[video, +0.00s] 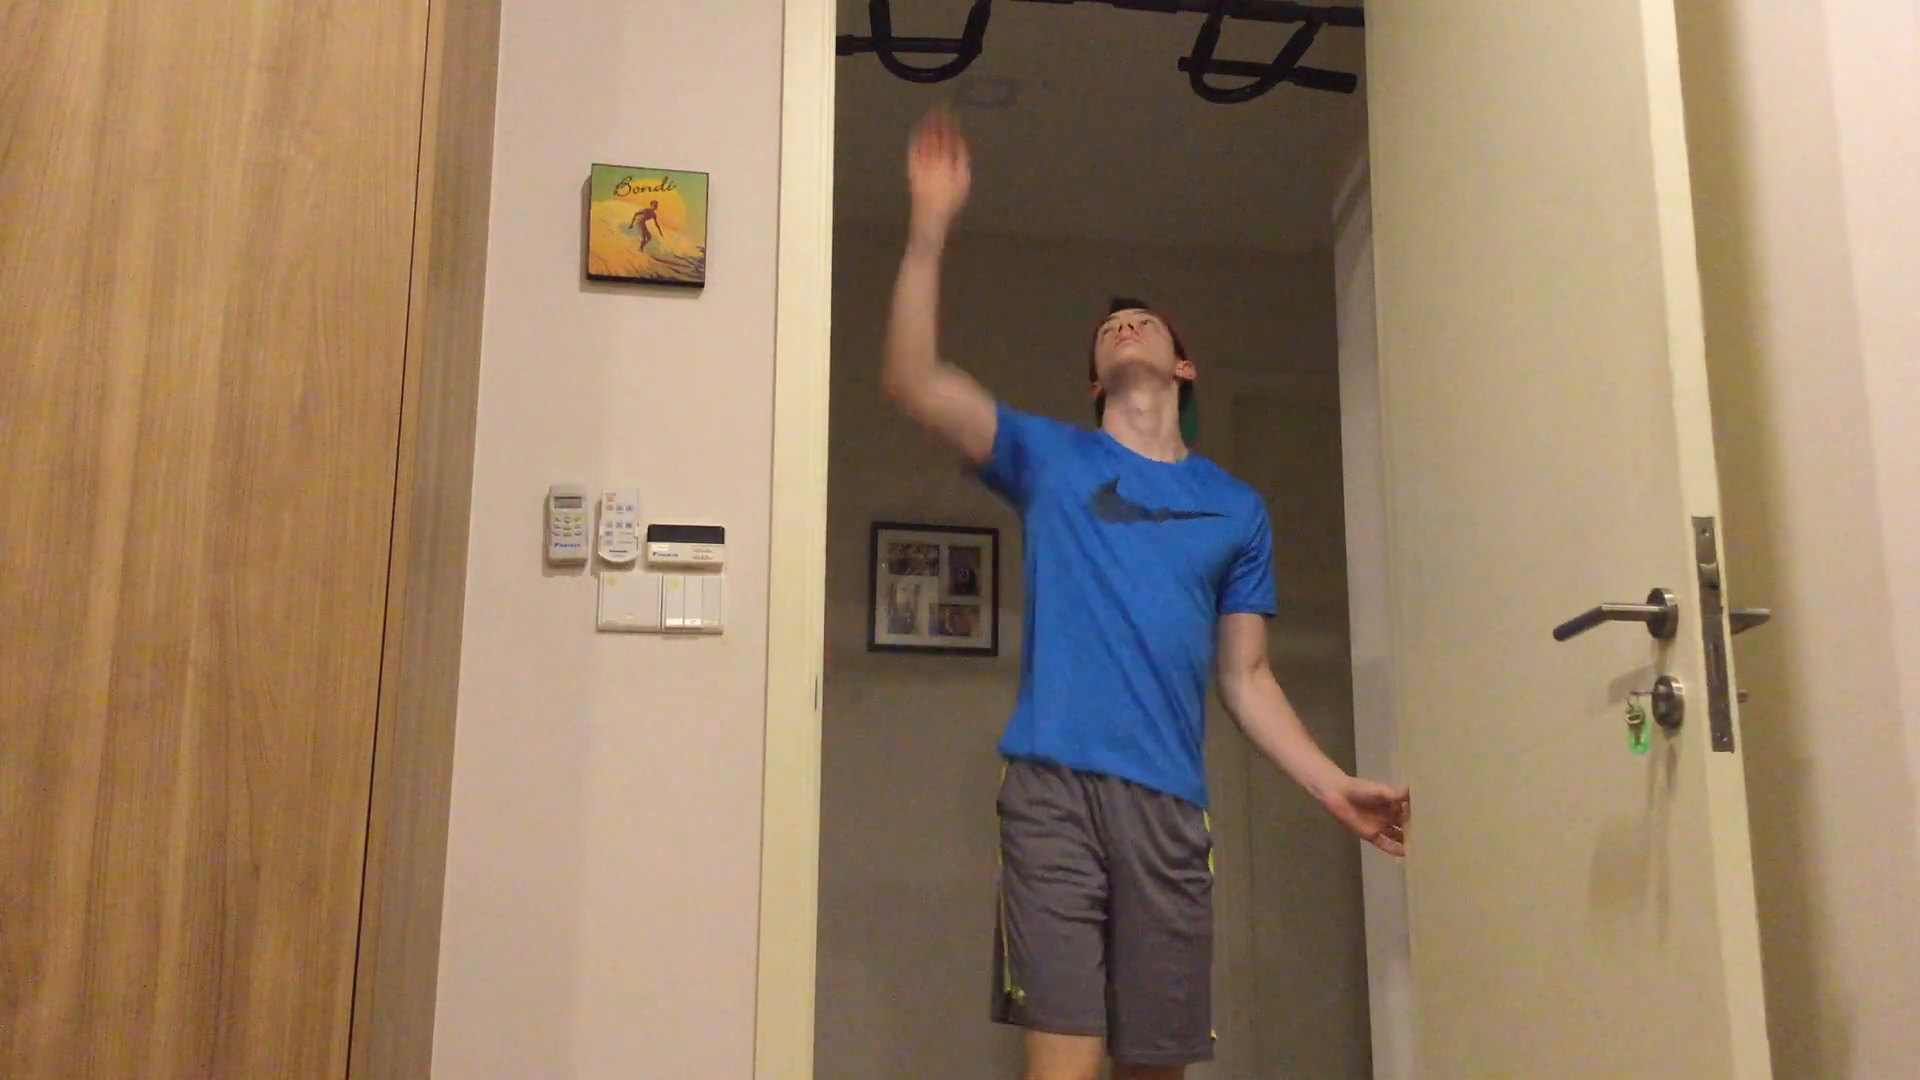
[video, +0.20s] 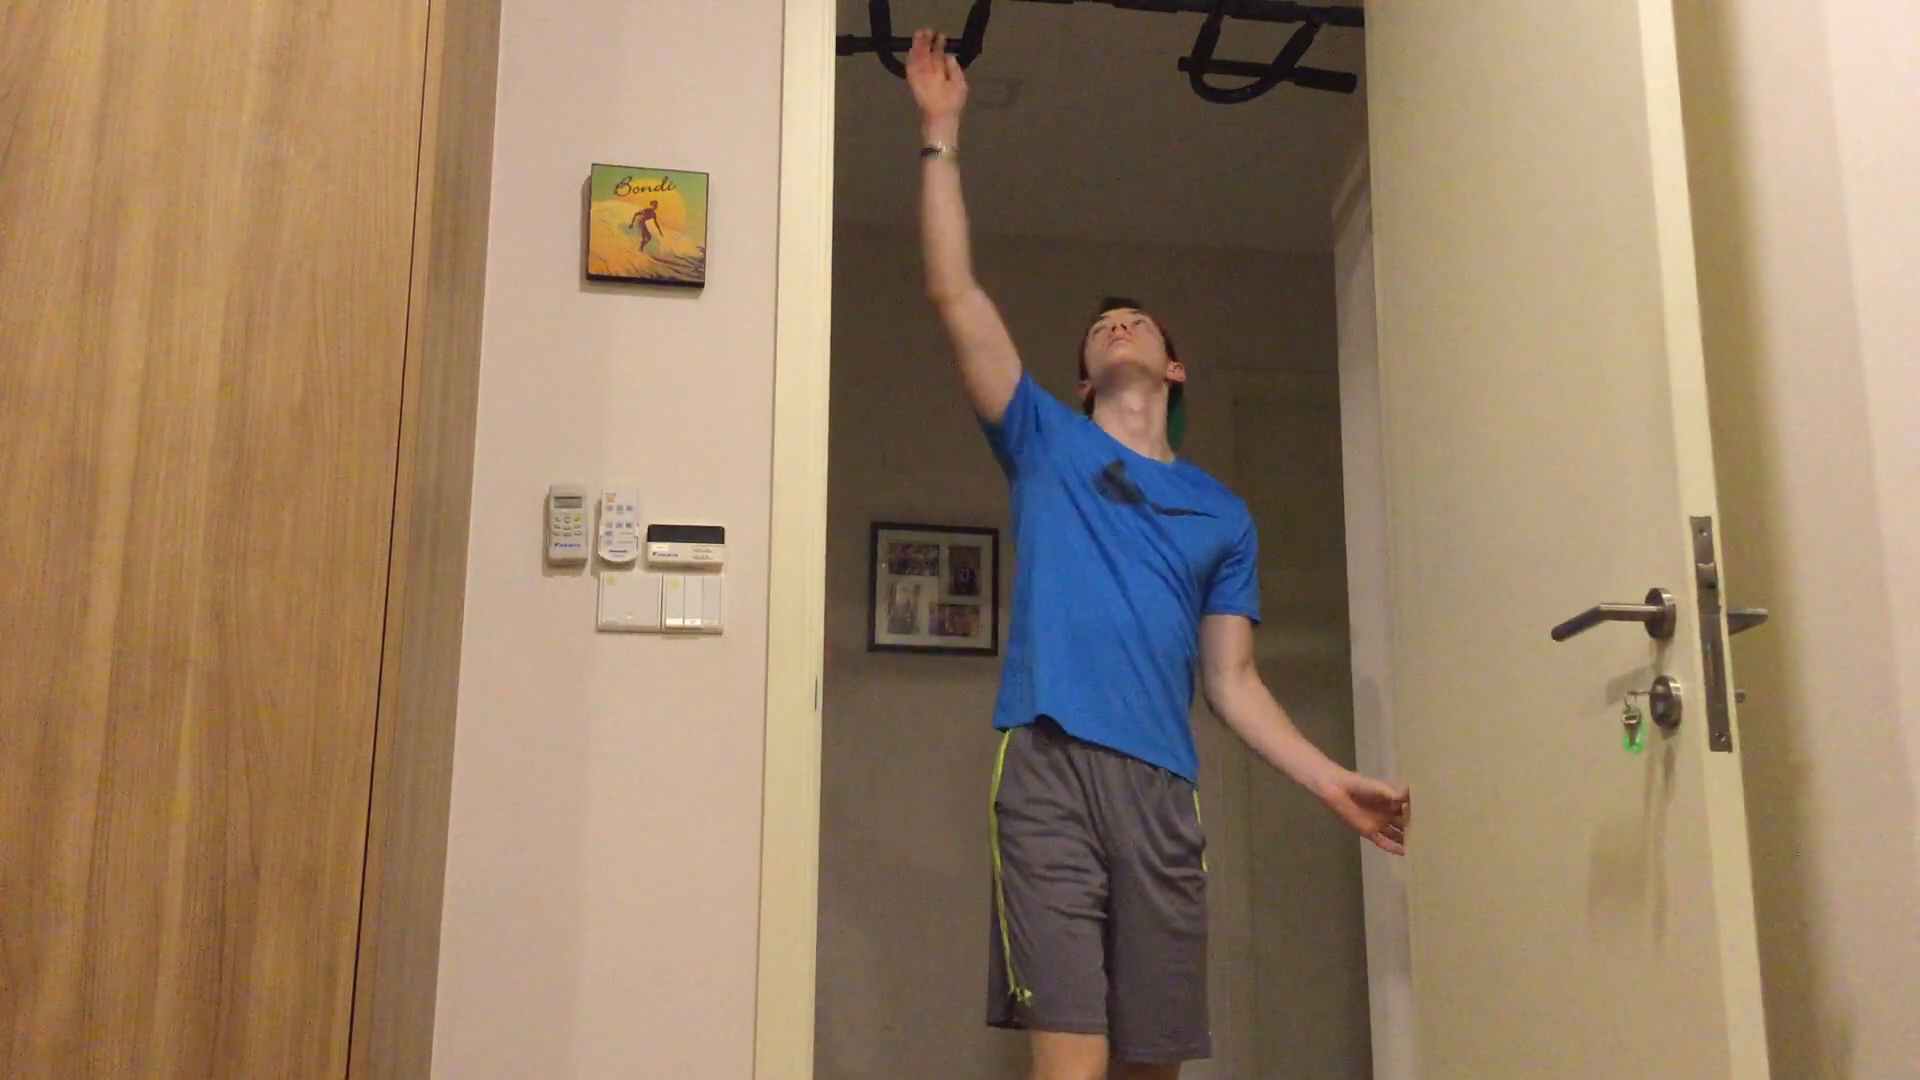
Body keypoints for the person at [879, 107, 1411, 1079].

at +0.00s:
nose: (1118, 324)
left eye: (1140, 321)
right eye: (1106, 327)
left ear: (1184, 371)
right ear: (1093, 381)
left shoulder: (1235, 508)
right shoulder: (1049, 452)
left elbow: (1247, 676)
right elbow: (913, 379)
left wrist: (1337, 788)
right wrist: (927, 226)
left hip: (1168, 801)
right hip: (1050, 783)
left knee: (1158, 1061)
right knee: (1064, 1048)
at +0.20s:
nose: (1116, 325)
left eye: (1135, 323)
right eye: (1101, 328)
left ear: (1175, 372)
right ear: (1083, 376)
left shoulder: (1219, 515)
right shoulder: (1044, 439)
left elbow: (1234, 682)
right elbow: (956, 296)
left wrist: (1333, 783)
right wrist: (939, 133)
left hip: (1162, 788)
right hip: (1044, 771)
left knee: (1154, 1059)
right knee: (1070, 1048)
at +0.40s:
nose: (1091, 321)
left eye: (1110, 318)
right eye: (1078, 324)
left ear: (1151, 369)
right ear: (1062, 372)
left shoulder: (1202, 512)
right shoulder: (1026, 435)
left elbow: (1220, 673)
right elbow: (955, 272)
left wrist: (1324, 767)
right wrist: (937, 114)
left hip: (1146, 781)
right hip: (1031, 766)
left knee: (1143, 1056)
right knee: (1055, 1046)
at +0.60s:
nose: (1061, 313)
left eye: (1080, 311)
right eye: (1047, 314)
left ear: (1116, 357)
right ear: (1024, 361)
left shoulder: (1171, 492)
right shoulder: (992, 430)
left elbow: (1203, 651)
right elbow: (921, 265)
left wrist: (1294, 750)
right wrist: (927, 109)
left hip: (1121, 767)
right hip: (1007, 754)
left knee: (1122, 1046)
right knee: (1015, 1036)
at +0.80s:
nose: (1041, 289)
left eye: (1059, 288)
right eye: (1027, 291)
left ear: (1093, 343)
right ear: (1002, 339)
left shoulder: (1139, 468)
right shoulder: (968, 392)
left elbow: (1171, 626)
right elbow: (930, 222)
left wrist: (1245, 705)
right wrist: (924, 74)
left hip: (1102, 742)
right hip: (987, 728)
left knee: (1119, 1043)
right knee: (996, 1040)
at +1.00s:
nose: (1036, 275)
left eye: (1052, 276)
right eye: (1021, 277)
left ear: (1082, 335)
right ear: (992, 320)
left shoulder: (1115, 463)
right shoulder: (958, 369)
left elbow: (1137, 619)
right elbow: (935, 189)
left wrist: (1201, 665)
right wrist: (928, 45)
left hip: (1087, 726)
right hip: (979, 713)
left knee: (1114, 1007)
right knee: (983, 1010)